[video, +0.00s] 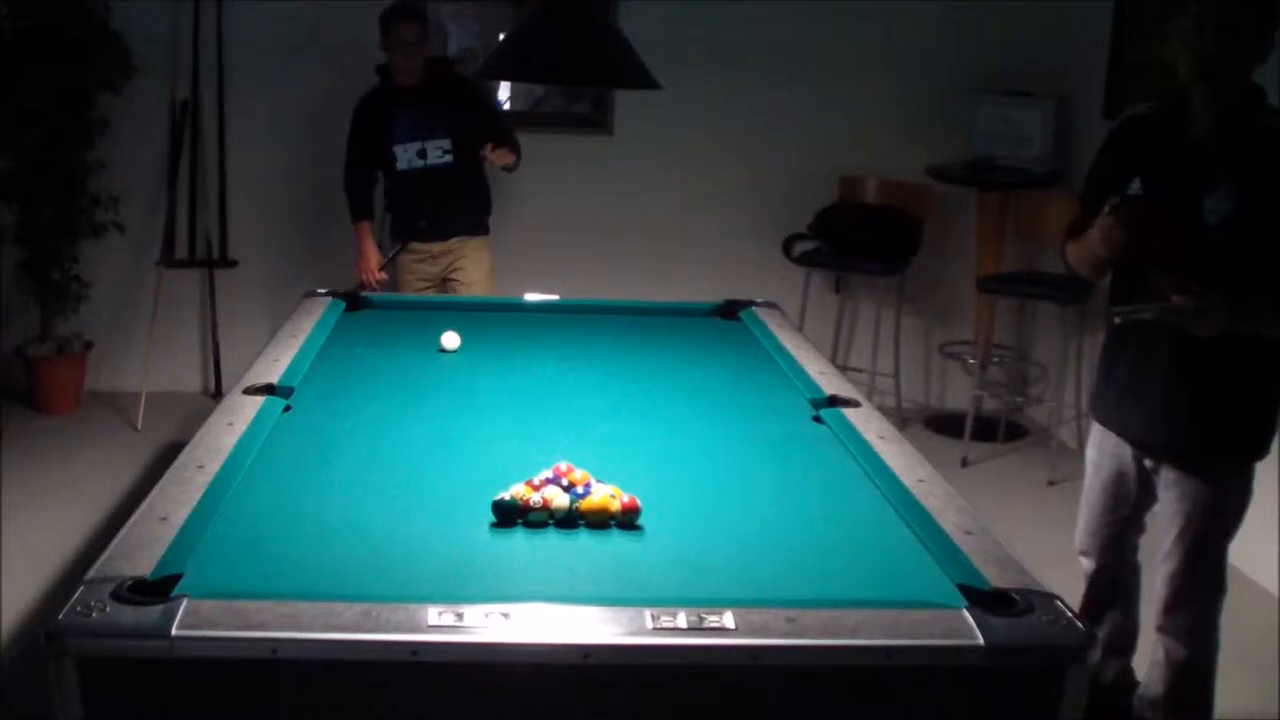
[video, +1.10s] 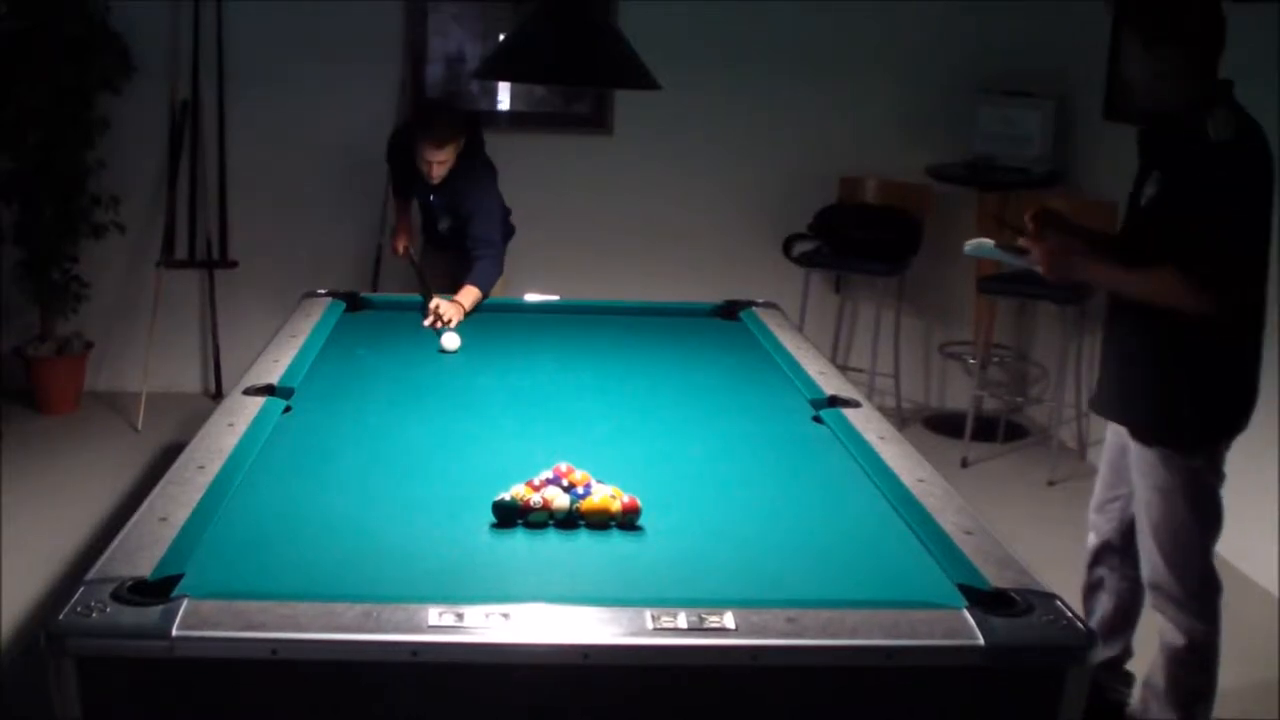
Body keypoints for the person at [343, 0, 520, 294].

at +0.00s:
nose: (409, 53)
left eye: (417, 43)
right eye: (400, 45)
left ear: (429, 43)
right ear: (385, 46)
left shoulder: (459, 90)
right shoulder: (374, 106)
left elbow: (508, 146)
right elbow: (358, 178)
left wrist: (503, 155)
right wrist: (366, 244)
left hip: (467, 244)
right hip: (411, 249)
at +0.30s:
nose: (423, 61)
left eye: (431, 52)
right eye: (414, 52)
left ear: (445, 50)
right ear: (401, 52)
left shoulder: (472, 95)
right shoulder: (389, 103)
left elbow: (504, 139)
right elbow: (369, 172)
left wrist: (521, 172)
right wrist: (363, 240)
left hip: (470, 252)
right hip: (413, 253)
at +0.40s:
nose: (431, 66)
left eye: (439, 57)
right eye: (423, 57)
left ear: (453, 57)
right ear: (410, 58)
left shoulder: (477, 101)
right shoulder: (395, 103)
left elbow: (509, 164)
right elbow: (375, 171)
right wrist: (370, 234)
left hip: (471, 252)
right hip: (417, 251)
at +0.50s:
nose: (440, 86)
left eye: (449, 77)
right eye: (431, 77)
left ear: (461, 74)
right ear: (418, 74)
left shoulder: (481, 112)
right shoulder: (403, 107)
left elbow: (505, 185)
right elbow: (384, 168)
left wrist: (499, 246)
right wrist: (381, 230)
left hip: (473, 258)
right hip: (422, 255)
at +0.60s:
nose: (444, 105)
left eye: (454, 96)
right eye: (436, 95)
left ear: (466, 91)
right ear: (424, 89)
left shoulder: (485, 125)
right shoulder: (409, 112)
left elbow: (501, 204)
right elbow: (395, 166)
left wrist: (486, 269)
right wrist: (391, 221)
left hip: (473, 255)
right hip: (425, 249)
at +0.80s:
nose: (444, 138)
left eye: (453, 130)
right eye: (437, 128)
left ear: (468, 123)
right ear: (425, 119)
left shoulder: (486, 151)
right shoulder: (413, 130)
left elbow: (494, 232)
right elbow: (402, 162)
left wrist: (467, 295)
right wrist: (399, 199)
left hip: (478, 243)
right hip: (434, 236)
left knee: (477, 323)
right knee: (429, 317)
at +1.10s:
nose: (433, 172)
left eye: (442, 163)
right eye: (426, 162)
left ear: (459, 149)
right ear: (416, 151)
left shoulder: (476, 172)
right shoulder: (404, 150)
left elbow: (490, 254)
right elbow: (401, 186)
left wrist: (460, 303)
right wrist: (402, 226)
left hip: (475, 241)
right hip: (435, 238)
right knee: (432, 309)